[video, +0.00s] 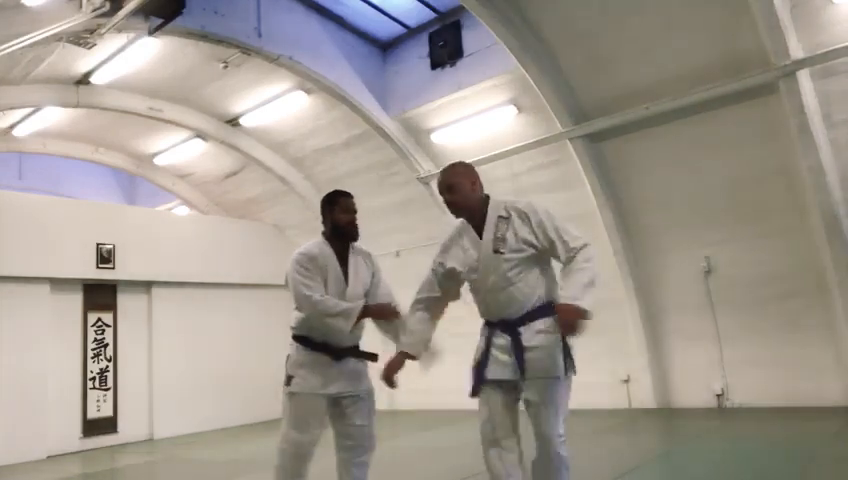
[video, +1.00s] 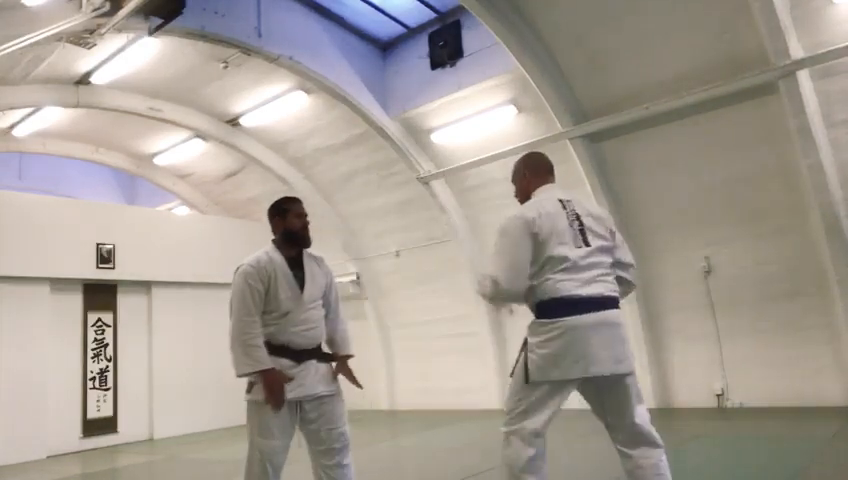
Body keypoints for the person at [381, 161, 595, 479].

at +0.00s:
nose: (446, 199)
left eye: (450, 189)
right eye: (442, 193)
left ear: (474, 183)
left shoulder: (523, 215)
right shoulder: (455, 245)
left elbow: (579, 251)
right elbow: (428, 301)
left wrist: (571, 301)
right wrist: (405, 351)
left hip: (542, 330)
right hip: (497, 338)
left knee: (548, 434)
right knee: (496, 434)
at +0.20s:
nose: (451, 201)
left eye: (455, 191)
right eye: (449, 193)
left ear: (480, 183)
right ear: (477, 185)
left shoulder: (521, 213)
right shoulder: (474, 243)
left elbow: (563, 265)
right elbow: (468, 307)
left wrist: (515, 318)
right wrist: (449, 368)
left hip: (546, 336)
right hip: (505, 342)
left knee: (544, 436)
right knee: (500, 440)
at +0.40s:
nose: (472, 198)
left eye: (475, 187)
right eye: (471, 190)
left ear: (497, 180)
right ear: (502, 181)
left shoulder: (522, 210)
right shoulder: (518, 216)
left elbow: (538, 274)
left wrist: (503, 344)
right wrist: (507, 349)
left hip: (570, 333)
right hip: (547, 337)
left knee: (585, 452)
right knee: (529, 436)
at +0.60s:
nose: (499, 185)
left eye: (501, 175)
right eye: (499, 176)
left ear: (519, 170)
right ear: (533, 169)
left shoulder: (532, 203)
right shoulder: (561, 200)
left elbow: (527, 276)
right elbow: (575, 272)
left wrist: (509, 330)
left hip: (572, 326)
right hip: (592, 320)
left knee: (583, 449)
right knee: (588, 446)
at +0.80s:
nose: (517, 186)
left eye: (519, 176)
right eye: (516, 177)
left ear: (535, 174)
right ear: (556, 173)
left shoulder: (536, 215)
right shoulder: (592, 210)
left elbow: (532, 289)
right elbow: (610, 273)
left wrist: (520, 314)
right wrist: (548, 311)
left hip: (577, 340)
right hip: (622, 331)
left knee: (564, 445)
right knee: (639, 430)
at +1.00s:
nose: (515, 193)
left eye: (515, 184)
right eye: (514, 185)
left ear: (525, 179)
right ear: (551, 178)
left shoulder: (524, 218)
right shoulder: (596, 212)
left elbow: (511, 288)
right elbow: (626, 274)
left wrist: (488, 287)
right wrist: (593, 300)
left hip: (557, 335)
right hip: (608, 331)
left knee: (522, 430)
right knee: (636, 432)